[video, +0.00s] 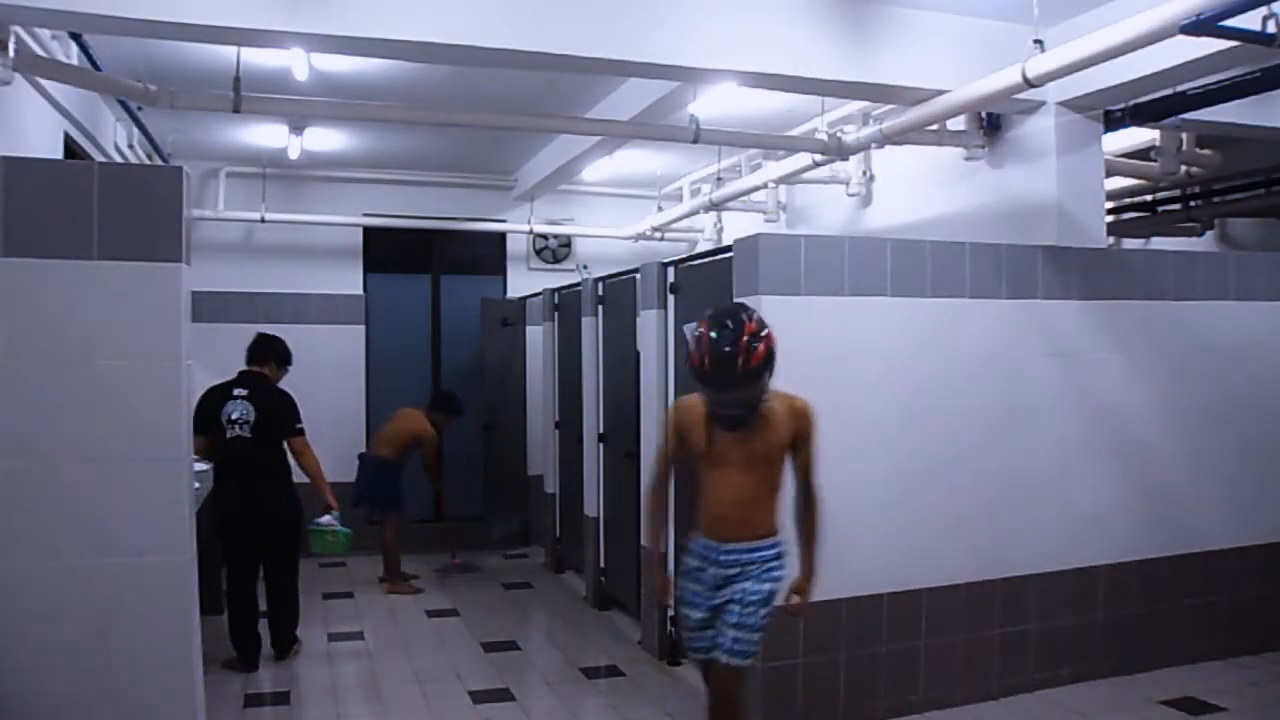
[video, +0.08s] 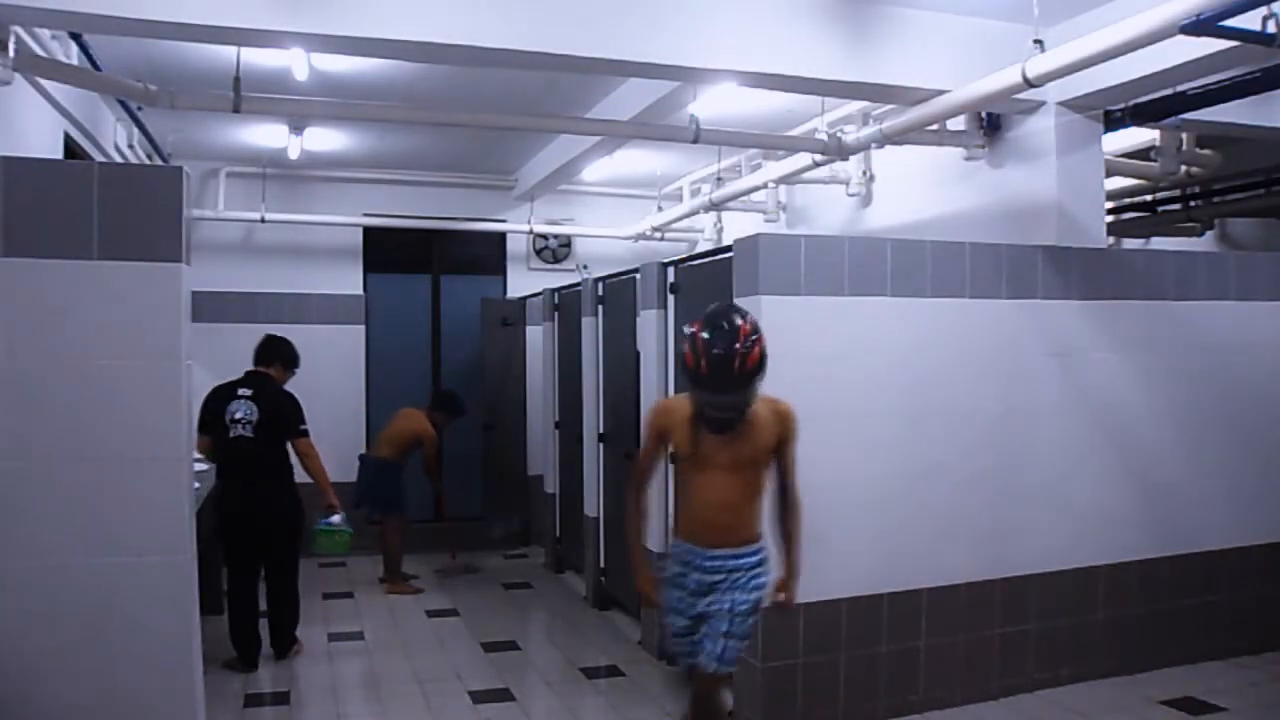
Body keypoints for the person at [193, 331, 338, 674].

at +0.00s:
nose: (280, 378)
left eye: (282, 372)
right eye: (281, 371)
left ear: (249, 361)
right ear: (273, 366)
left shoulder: (212, 395)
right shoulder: (278, 398)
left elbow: (200, 448)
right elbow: (300, 449)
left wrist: (231, 454)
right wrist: (324, 489)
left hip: (230, 500)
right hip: (276, 499)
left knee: (240, 577)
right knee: (282, 572)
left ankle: (246, 656)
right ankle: (283, 644)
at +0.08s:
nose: (287, 380)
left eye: (289, 374)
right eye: (288, 373)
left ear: (256, 362)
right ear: (279, 367)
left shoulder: (218, 394)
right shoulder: (283, 399)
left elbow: (205, 446)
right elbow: (304, 451)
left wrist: (232, 459)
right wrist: (328, 492)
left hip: (233, 499)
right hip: (277, 499)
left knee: (240, 576)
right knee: (282, 571)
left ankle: (246, 656)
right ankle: (283, 643)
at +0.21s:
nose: (298, 382)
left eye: (301, 376)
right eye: (299, 375)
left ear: (267, 363)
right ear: (290, 368)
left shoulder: (227, 393)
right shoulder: (289, 400)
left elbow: (215, 444)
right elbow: (312, 453)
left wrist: (239, 466)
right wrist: (335, 493)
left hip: (237, 498)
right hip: (280, 497)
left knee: (240, 575)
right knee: (284, 571)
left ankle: (245, 654)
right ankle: (284, 644)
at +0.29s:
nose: (306, 383)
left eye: (308, 377)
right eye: (307, 376)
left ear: (277, 363)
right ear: (297, 368)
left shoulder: (235, 392)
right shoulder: (295, 399)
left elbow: (218, 441)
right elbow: (316, 451)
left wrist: (243, 462)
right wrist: (337, 488)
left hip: (241, 496)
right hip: (283, 496)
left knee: (242, 572)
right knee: (286, 571)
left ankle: (244, 648)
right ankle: (284, 643)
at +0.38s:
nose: (313, 384)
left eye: (315, 378)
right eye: (314, 378)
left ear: (286, 364)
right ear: (305, 369)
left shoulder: (243, 391)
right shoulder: (301, 400)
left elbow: (224, 438)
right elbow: (319, 449)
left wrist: (249, 460)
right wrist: (338, 481)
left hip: (247, 494)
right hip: (288, 495)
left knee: (248, 567)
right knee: (289, 571)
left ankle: (243, 639)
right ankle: (284, 643)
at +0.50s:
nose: (321, 384)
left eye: (324, 379)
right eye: (322, 378)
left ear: (295, 364)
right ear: (313, 370)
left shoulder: (254, 391)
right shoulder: (307, 398)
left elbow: (240, 438)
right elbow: (321, 446)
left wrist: (269, 448)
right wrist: (340, 467)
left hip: (255, 490)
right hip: (293, 492)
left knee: (264, 557)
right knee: (295, 565)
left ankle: (253, 627)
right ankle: (285, 642)